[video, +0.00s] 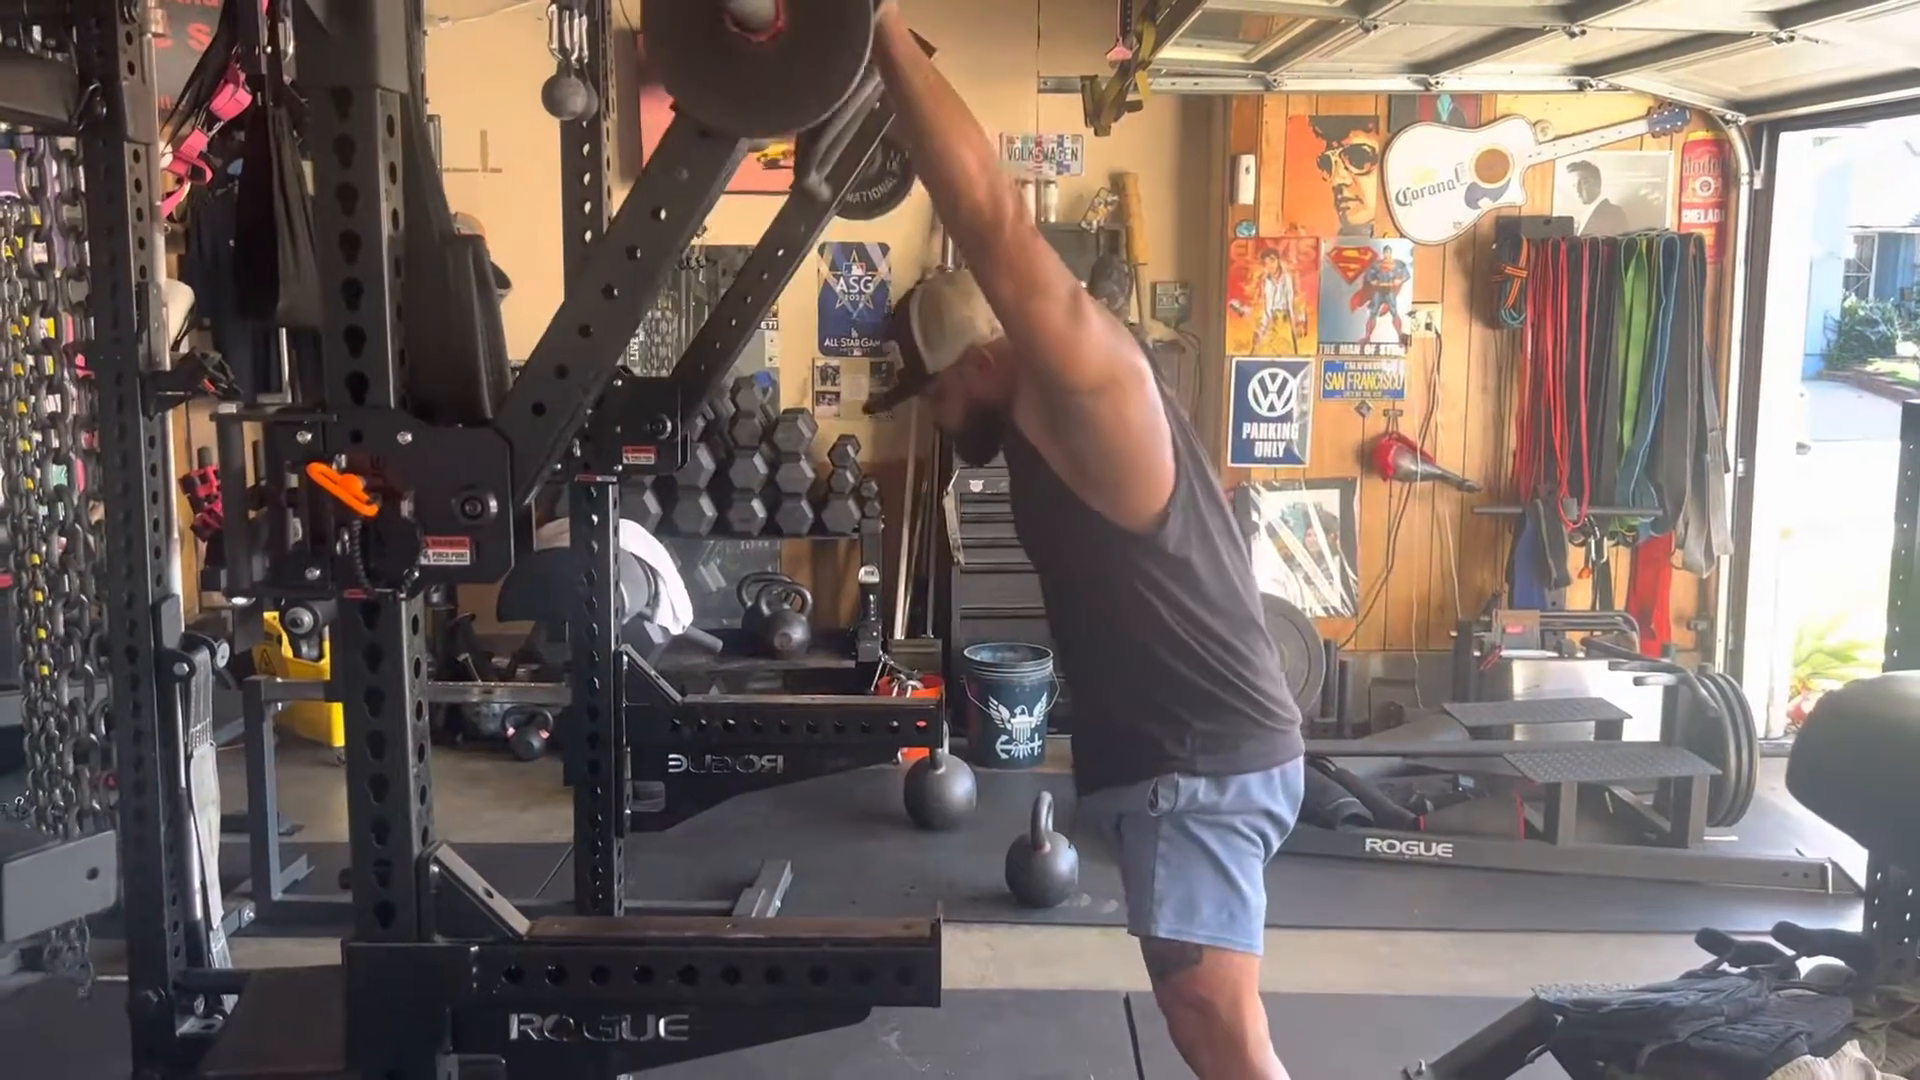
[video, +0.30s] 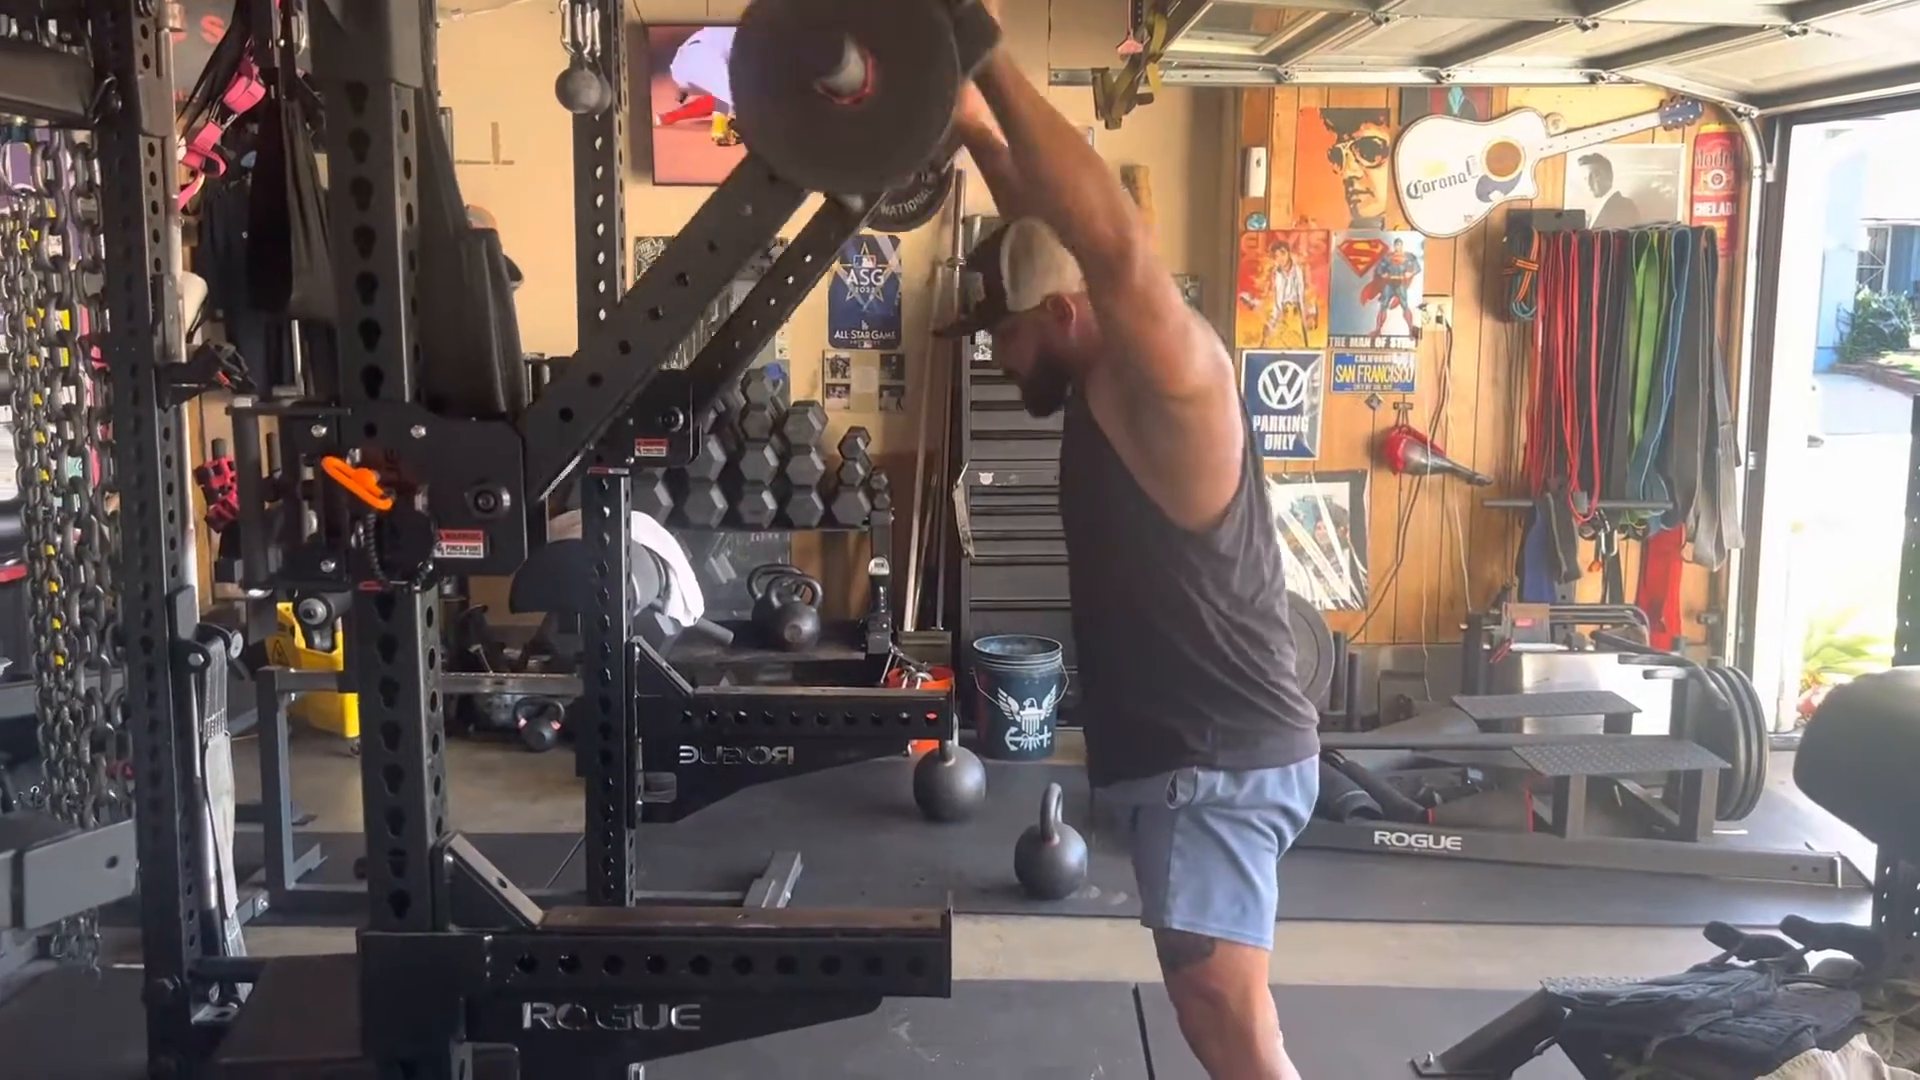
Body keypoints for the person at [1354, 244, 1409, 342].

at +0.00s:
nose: (1387, 255)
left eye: (1389, 252)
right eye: (1385, 252)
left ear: (1391, 253)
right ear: (1383, 253)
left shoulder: (1398, 264)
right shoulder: (1377, 264)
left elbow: (1406, 275)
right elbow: (1368, 275)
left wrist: (1399, 281)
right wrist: (1373, 281)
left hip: (1391, 288)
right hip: (1379, 288)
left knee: (1394, 311)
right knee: (1373, 312)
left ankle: (1400, 335)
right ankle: (1367, 336)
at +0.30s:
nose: (1398, 248)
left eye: (1399, 246)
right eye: (1396, 246)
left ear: (1402, 246)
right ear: (1393, 246)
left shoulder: (1409, 257)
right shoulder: (1387, 257)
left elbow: (1417, 268)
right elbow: (1379, 268)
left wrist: (1410, 274)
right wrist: (1383, 274)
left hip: (1401, 281)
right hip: (1389, 281)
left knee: (1404, 305)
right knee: (1383, 305)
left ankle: (1411, 328)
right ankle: (1378, 329)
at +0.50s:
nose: (1409, 239)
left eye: (1410, 237)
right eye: (1407, 237)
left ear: (1413, 238)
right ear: (1404, 238)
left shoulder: (1420, 249)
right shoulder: (1398, 249)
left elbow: (1428, 260)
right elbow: (1390, 260)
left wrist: (1421, 266)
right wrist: (1394, 266)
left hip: (1412, 273)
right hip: (1400, 272)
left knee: (1415, 297)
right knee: (1394, 297)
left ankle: (1421, 321)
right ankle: (1388, 321)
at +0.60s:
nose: (1415, 234)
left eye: (1417, 232)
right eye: (1414, 232)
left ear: (1420, 232)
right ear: (1411, 233)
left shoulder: (1427, 243)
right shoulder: (1405, 244)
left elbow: (1435, 255)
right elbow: (1397, 255)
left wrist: (1428, 261)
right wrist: (1400, 261)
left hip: (1418, 268)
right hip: (1407, 268)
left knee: (1422, 291)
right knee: (1401, 292)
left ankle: (1428, 316)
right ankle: (1395, 316)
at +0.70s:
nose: (1422, 229)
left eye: (1424, 227)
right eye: (1421, 227)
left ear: (1427, 227)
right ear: (1418, 227)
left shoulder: (1434, 238)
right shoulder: (1412, 238)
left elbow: (1442, 250)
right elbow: (1403, 250)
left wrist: (1435, 256)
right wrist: (1407, 256)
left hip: (1425, 262)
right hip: (1413, 262)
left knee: (1428, 286)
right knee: (1408, 286)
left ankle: (1435, 311)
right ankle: (1402, 311)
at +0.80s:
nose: (1429, 224)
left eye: (1431, 222)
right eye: (1428, 222)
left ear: (1434, 222)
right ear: (1425, 222)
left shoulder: (1440, 233)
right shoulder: (1418, 233)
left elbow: (1449, 244)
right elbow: (1410, 244)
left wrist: (1442, 250)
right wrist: (1414, 250)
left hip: (1432, 257)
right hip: (1420, 257)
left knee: (1435, 281)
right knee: (1415, 281)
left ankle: (1442, 306)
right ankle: (1409, 304)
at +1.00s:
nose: (1443, 213)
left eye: (1445, 210)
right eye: (1441, 210)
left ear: (1447, 211)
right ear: (1439, 211)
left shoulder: (1454, 221)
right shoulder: (1433, 221)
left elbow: (1463, 233)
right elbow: (1424, 233)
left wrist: (1456, 239)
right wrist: (1427, 239)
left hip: (1446, 246)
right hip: (1434, 246)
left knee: (1450, 271)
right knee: (1428, 271)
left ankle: (1456, 295)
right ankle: (1422, 296)